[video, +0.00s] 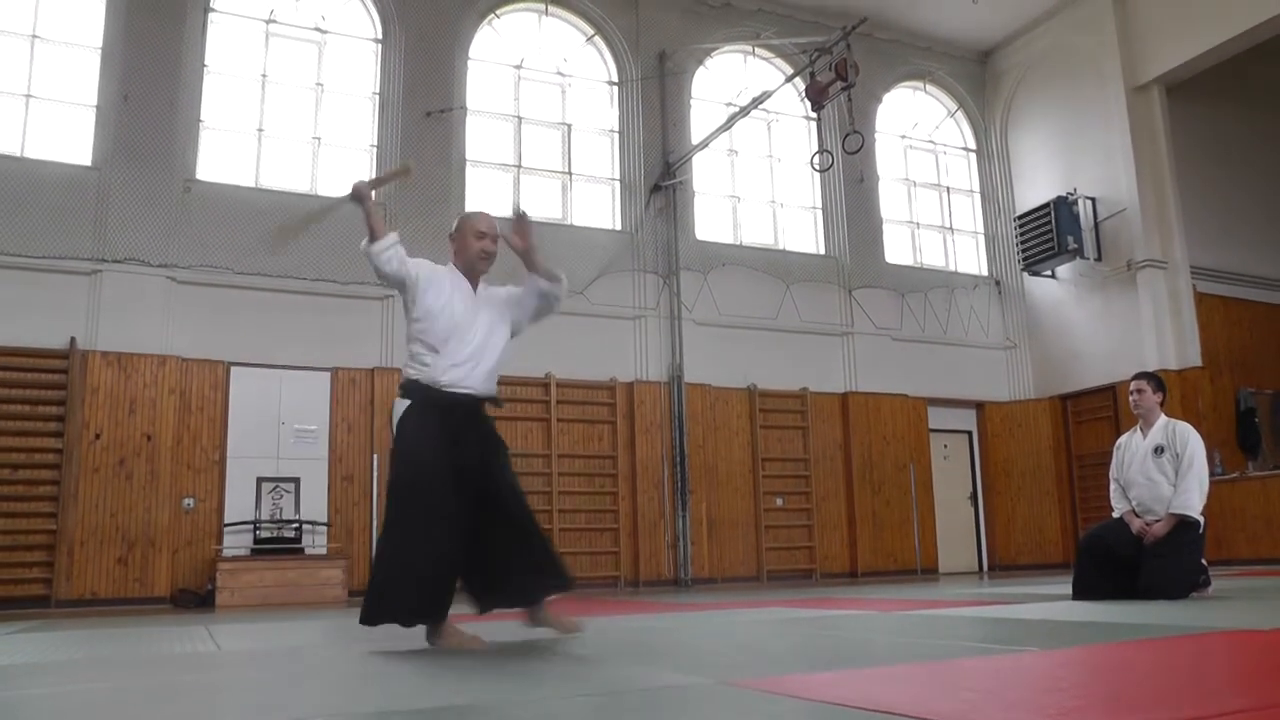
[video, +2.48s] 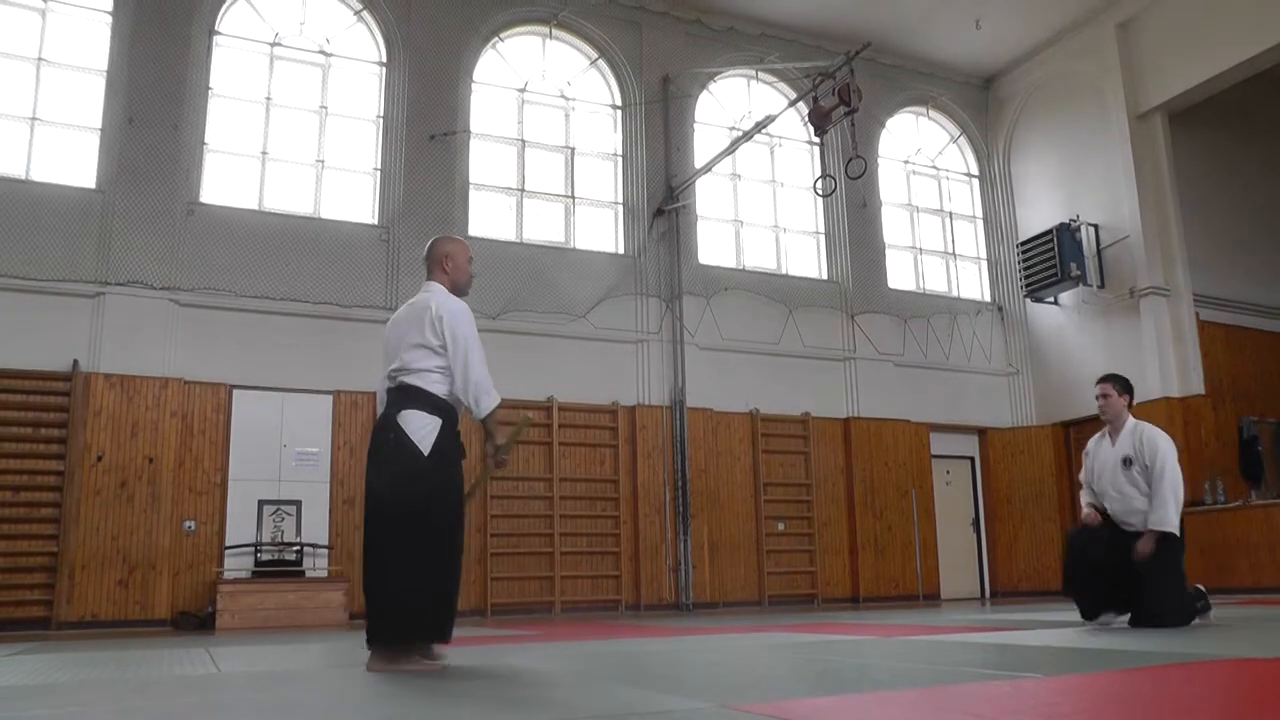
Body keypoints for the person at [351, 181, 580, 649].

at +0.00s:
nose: (490, 246)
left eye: (495, 240)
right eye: (481, 236)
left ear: (498, 249)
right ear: (455, 242)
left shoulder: (503, 301)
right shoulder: (426, 275)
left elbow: (550, 294)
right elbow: (386, 259)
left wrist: (528, 255)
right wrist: (369, 206)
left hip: (473, 416)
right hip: (427, 412)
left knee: (505, 506)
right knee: (434, 514)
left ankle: (537, 604)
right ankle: (438, 624)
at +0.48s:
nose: (444, 345)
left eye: (448, 334)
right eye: (441, 338)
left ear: (479, 328)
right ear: (474, 332)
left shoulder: (498, 373)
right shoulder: (487, 371)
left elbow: (466, 440)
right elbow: (441, 415)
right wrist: (394, 443)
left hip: (549, 484)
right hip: (523, 481)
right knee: (464, 534)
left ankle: (632, 606)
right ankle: (487, 630)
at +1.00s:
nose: (448, 363)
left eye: (457, 353)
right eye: (443, 357)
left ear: (485, 358)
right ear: (440, 365)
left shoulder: (488, 409)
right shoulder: (495, 399)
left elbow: (480, 485)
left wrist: (454, 519)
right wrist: (458, 511)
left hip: (533, 522)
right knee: (439, 545)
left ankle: (623, 616)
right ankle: (478, 637)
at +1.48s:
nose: (495, 266)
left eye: (493, 259)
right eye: (487, 258)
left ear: (468, 265)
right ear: (458, 263)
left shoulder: (500, 321)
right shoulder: (417, 313)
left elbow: (546, 373)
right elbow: (386, 370)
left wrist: (595, 377)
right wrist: (393, 412)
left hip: (493, 433)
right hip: (442, 433)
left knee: (526, 520)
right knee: (451, 532)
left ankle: (551, 617)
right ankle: (475, 630)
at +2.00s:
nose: (466, 274)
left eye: (465, 267)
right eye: (461, 266)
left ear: (434, 268)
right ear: (439, 267)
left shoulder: (417, 305)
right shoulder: (433, 304)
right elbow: (461, 369)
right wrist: (498, 424)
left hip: (393, 418)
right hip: (411, 423)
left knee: (387, 528)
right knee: (418, 527)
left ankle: (376, 640)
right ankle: (403, 635)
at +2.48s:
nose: (473, 270)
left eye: (472, 262)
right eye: (468, 261)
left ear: (437, 265)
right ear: (446, 263)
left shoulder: (399, 314)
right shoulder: (451, 307)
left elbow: (394, 382)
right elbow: (472, 372)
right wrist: (495, 432)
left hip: (390, 425)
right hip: (427, 428)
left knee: (390, 531)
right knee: (426, 531)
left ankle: (390, 643)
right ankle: (402, 646)